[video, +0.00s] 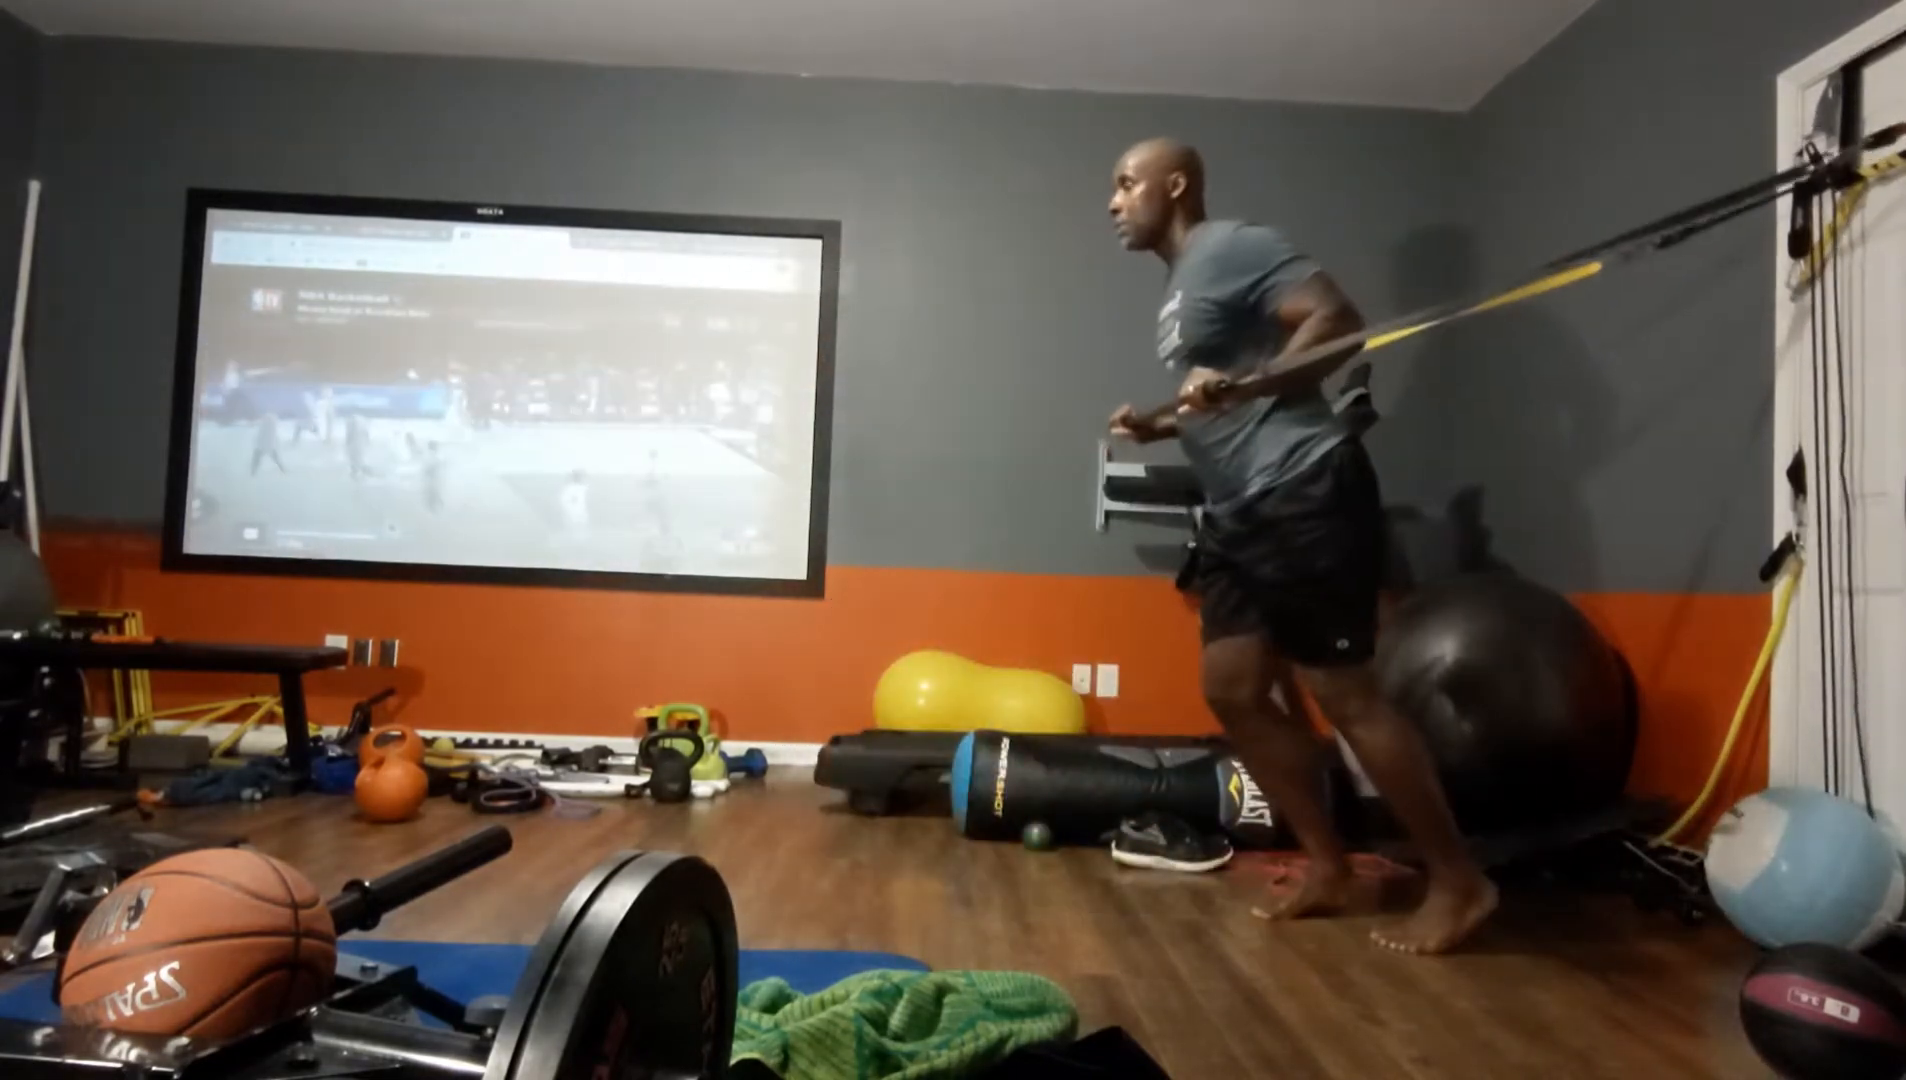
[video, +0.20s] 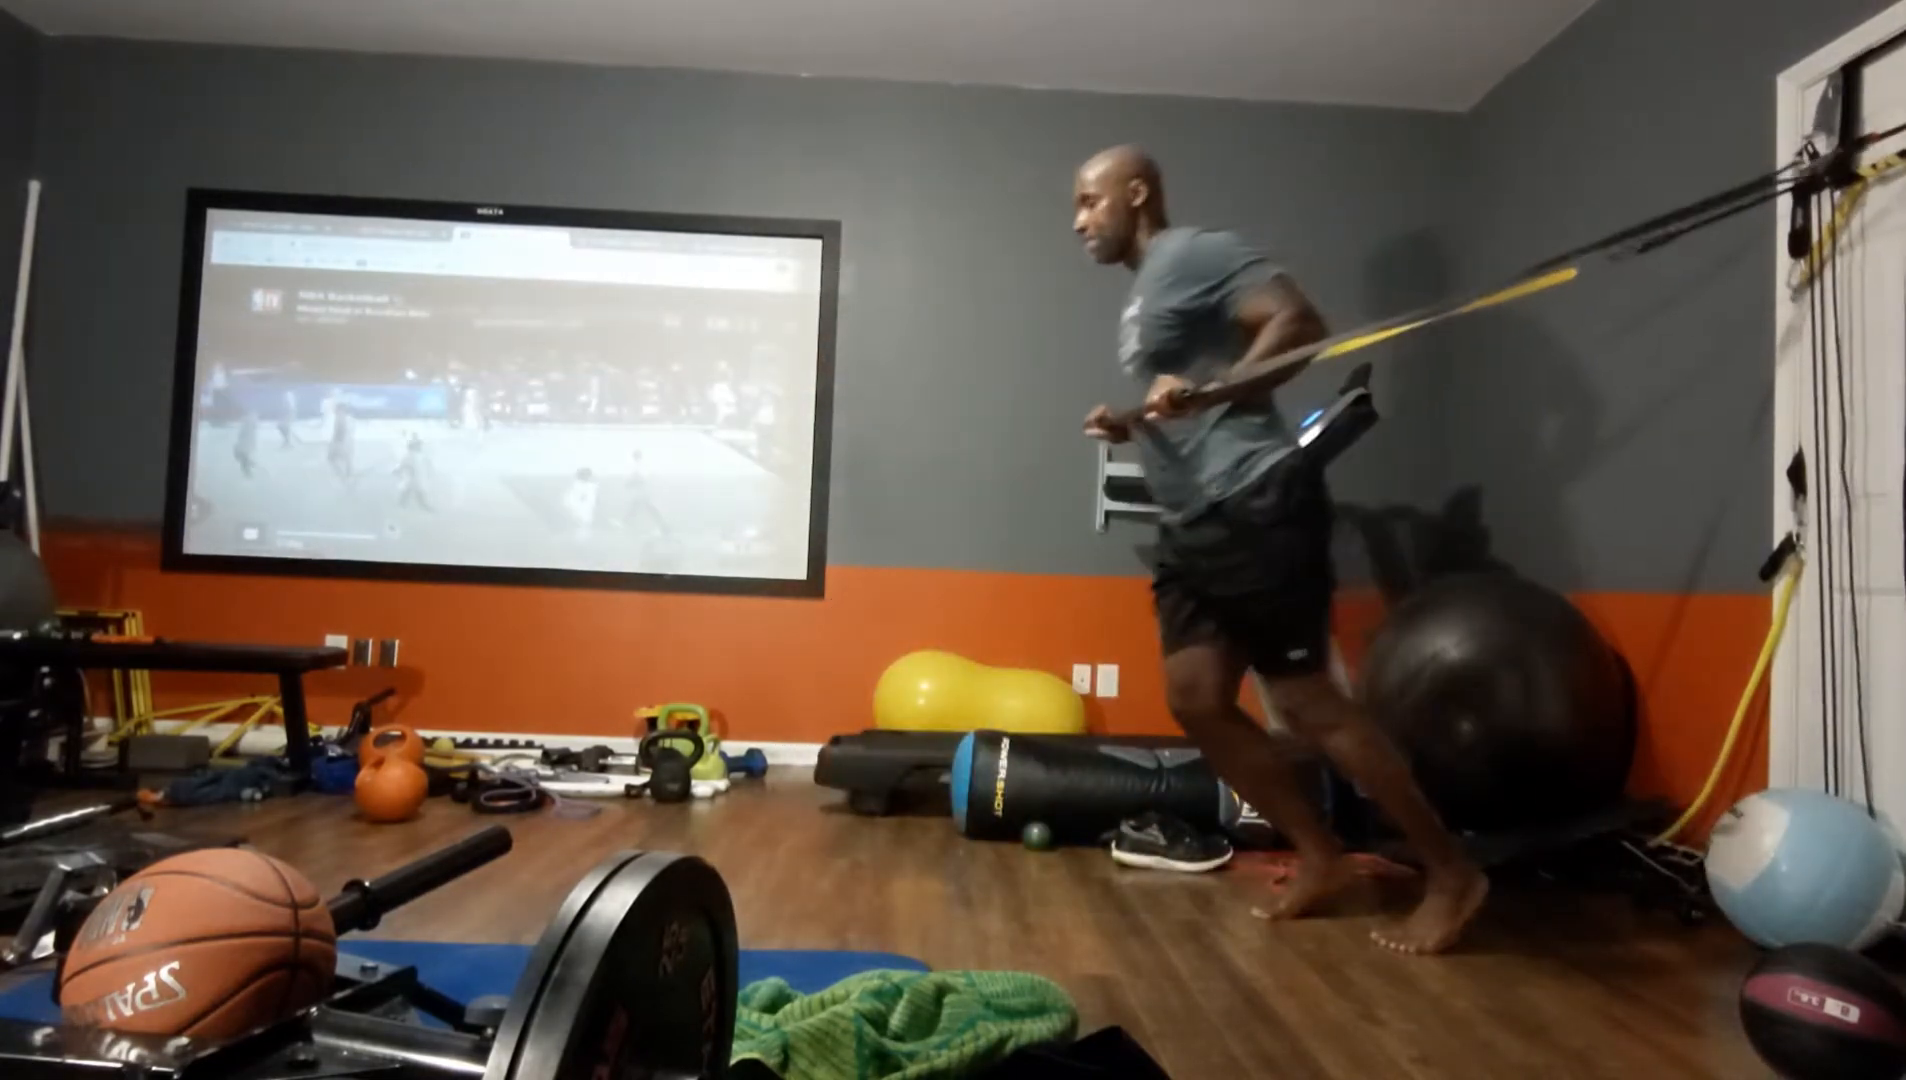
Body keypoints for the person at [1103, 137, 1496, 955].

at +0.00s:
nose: (1113, 202)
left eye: (1127, 185)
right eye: (1114, 187)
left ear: (1177, 188)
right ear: (1168, 192)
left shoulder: (1231, 246)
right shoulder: (1179, 288)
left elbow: (1338, 320)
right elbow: (1237, 402)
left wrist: (1246, 384)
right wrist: (1162, 424)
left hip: (1311, 495)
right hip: (1242, 511)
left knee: (1346, 693)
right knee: (1234, 690)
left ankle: (1459, 884)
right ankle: (1325, 869)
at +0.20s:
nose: (1078, 220)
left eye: (1088, 201)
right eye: (1076, 207)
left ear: (1139, 196)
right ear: (1116, 207)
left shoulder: (1193, 252)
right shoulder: (1143, 297)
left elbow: (1299, 324)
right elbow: (1200, 406)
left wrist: (1211, 391)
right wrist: (1133, 424)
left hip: (1263, 509)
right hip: (1194, 526)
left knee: (1308, 704)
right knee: (1197, 701)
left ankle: (1453, 876)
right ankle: (1322, 861)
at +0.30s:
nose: (1052, 236)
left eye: (1060, 215)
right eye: (1049, 222)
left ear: (1110, 202)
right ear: (1086, 216)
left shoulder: (1168, 257)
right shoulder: (1115, 299)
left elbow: (1266, 334)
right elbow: (1163, 402)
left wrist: (1173, 391)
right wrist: (1098, 420)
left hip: (1219, 505)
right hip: (1168, 518)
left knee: (1210, 708)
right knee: (1192, 710)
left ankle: (1398, 845)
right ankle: (1319, 858)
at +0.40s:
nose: (1019, 254)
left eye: (1025, 234)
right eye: (1011, 241)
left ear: (1071, 214)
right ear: (1058, 224)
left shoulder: (1136, 271)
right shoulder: (1077, 316)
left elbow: (1220, 354)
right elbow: (1115, 412)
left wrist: (1118, 389)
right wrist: (1050, 416)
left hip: (1184, 513)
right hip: (1149, 520)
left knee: (1115, 708)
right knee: (1183, 708)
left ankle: (1302, 833)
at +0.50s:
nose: (968, 262)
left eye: (974, 241)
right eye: (959, 250)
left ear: (1020, 223)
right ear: (969, 255)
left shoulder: (1076, 274)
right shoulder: (1027, 319)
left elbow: (1121, 361)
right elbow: (1040, 416)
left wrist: (1001, 356)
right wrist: (959, 396)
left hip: (1149, 504)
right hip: (1120, 514)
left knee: (1019, 665)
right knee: (1182, 725)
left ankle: (1125, 829)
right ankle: (1314, 854)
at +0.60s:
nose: (920, 282)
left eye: (925, 266)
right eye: (908, 273)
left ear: (954, 251)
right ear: (906, 277)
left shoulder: (1015, 287)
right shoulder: (965, 338)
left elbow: (939, 308)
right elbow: (911, 384)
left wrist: (815, 297)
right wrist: (822, 345)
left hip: (1104, 506)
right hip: (1101, 514)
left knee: (957, 651)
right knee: (1178, 720)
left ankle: (942, 884)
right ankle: (1320, 856)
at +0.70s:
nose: (814, 299)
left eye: (816, 283)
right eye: (816, 293)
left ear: (856, 272)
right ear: (864, 288)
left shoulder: (924, 304)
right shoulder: (903, 343)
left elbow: (776, 282)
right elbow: (793, 343)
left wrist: (637, 244)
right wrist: (701, 303)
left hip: (1042, 528)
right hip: (1080, 530)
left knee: (902, 671)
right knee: (1147, 716)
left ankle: (896, 907)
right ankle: (1304, 845)